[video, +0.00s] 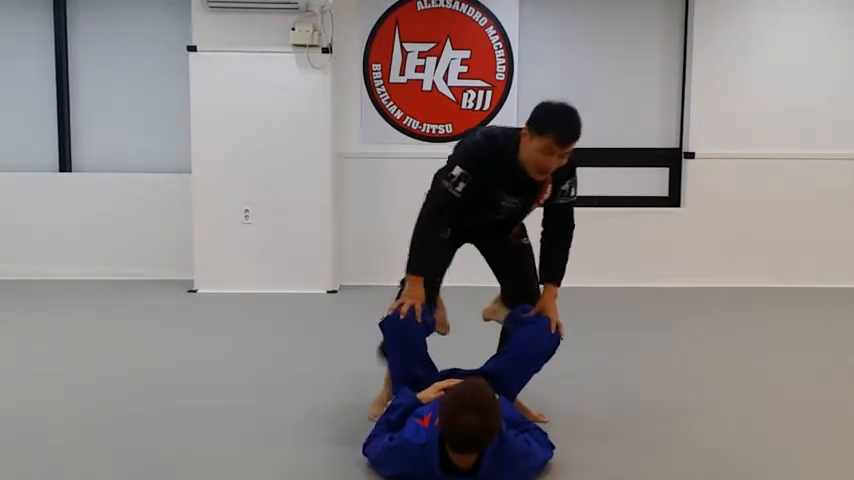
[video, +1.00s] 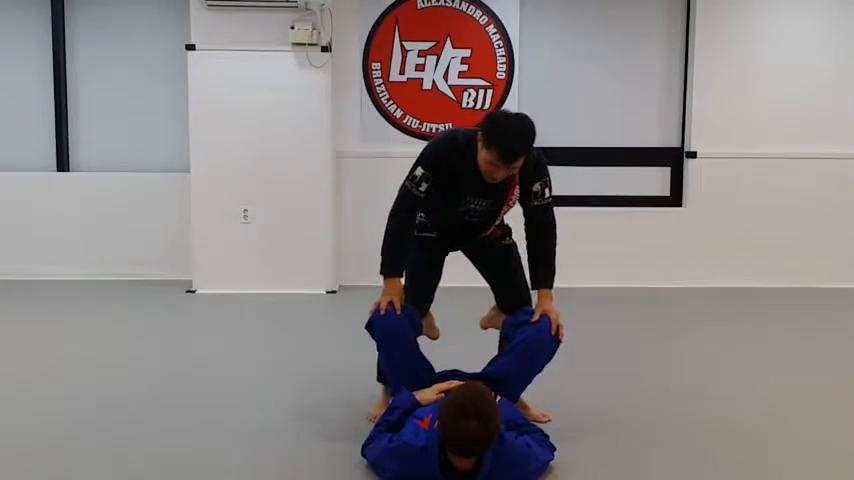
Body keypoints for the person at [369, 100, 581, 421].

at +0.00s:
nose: (553, 164)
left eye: (562, 156)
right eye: (546, 153)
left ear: (570, 150)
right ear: (525, 135)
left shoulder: (563, 168)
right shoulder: (481, 148)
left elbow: (559, 228)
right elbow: (435, 211)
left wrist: (550, 293)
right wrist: (415, 282)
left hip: (502, 229)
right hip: (450, 223)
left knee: (529, 306)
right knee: (413, 305)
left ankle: (504, 392)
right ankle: (394, 385)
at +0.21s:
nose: (514, 163)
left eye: (523, 156)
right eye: (507, 153)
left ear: (533, 147)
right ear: (490, 134)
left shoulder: (535, 166)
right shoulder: (450, 148)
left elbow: (545, 229)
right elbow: (405, 211)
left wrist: (547, 297)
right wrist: (394, 279)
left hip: (487, 230)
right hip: (431, 228)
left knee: (518, 309)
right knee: (400, 307)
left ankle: (508, 394)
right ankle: (389, 389)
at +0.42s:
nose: (484, 173)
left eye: (494, 167)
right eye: (478, 164)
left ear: (508, 157)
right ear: (465, 143)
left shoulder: (519, 166)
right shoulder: (429, 153)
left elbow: (532, 227)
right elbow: (389, 216)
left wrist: (537, 297)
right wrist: (380, 285)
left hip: (479, 232)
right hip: (422, 232)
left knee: (512, 306)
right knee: (395, 310)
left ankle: (507, 393)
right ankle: (388, 390)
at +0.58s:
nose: (480, 176)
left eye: (489, 170)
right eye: (473, 166)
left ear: (504, 158)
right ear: (460, 148)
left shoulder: (516, 165)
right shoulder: (427, 154)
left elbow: (531, 226)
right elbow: (387, 216)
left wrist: (537, 296)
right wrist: (381, 284)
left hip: (478, 233)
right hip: (421, 233)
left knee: (513, 306)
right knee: (401, 311)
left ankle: (507, 392)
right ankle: (388, 392)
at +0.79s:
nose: (487, 175)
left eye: (497, 169)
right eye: (481, 166)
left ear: (512, 158)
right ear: (469, 144)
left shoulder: (522, 164)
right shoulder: (434, 152)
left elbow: (535, 227)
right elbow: (394, 214)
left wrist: (540, 297)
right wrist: (387, 281)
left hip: (482, 234)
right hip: (426, 233)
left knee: (516, 308)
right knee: (403, 311)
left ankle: (507, 393)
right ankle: (390, 392)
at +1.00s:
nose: (498, 174)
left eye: (508, 169)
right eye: (492, 165)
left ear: (522, 159)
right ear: (479, 142)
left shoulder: (530, 165)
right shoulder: (444, 150)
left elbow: (541, 226)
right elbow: (402, 211)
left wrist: (545, 297)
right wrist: (391, 280)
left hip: (486, 234)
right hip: (431, 232)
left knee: (520, 309)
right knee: (409, 310)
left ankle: (508, 394)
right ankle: (390, 392)